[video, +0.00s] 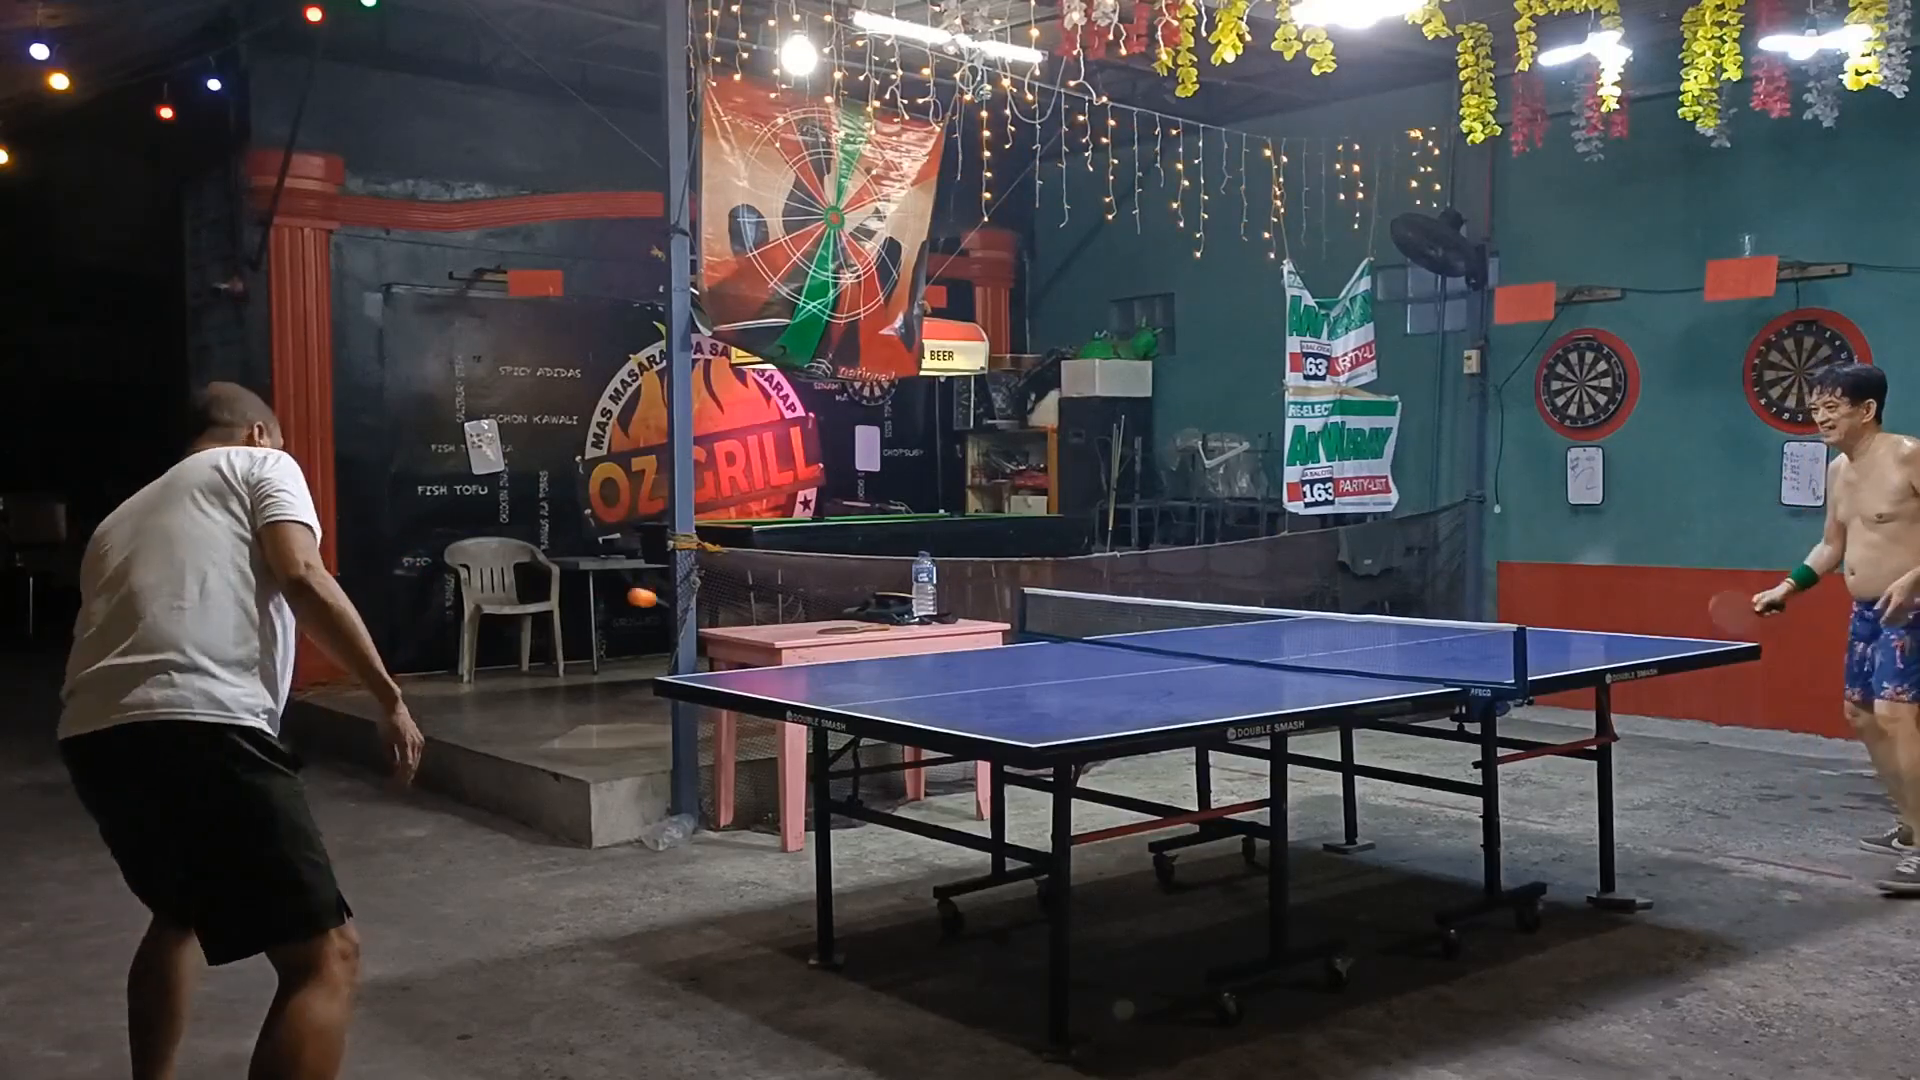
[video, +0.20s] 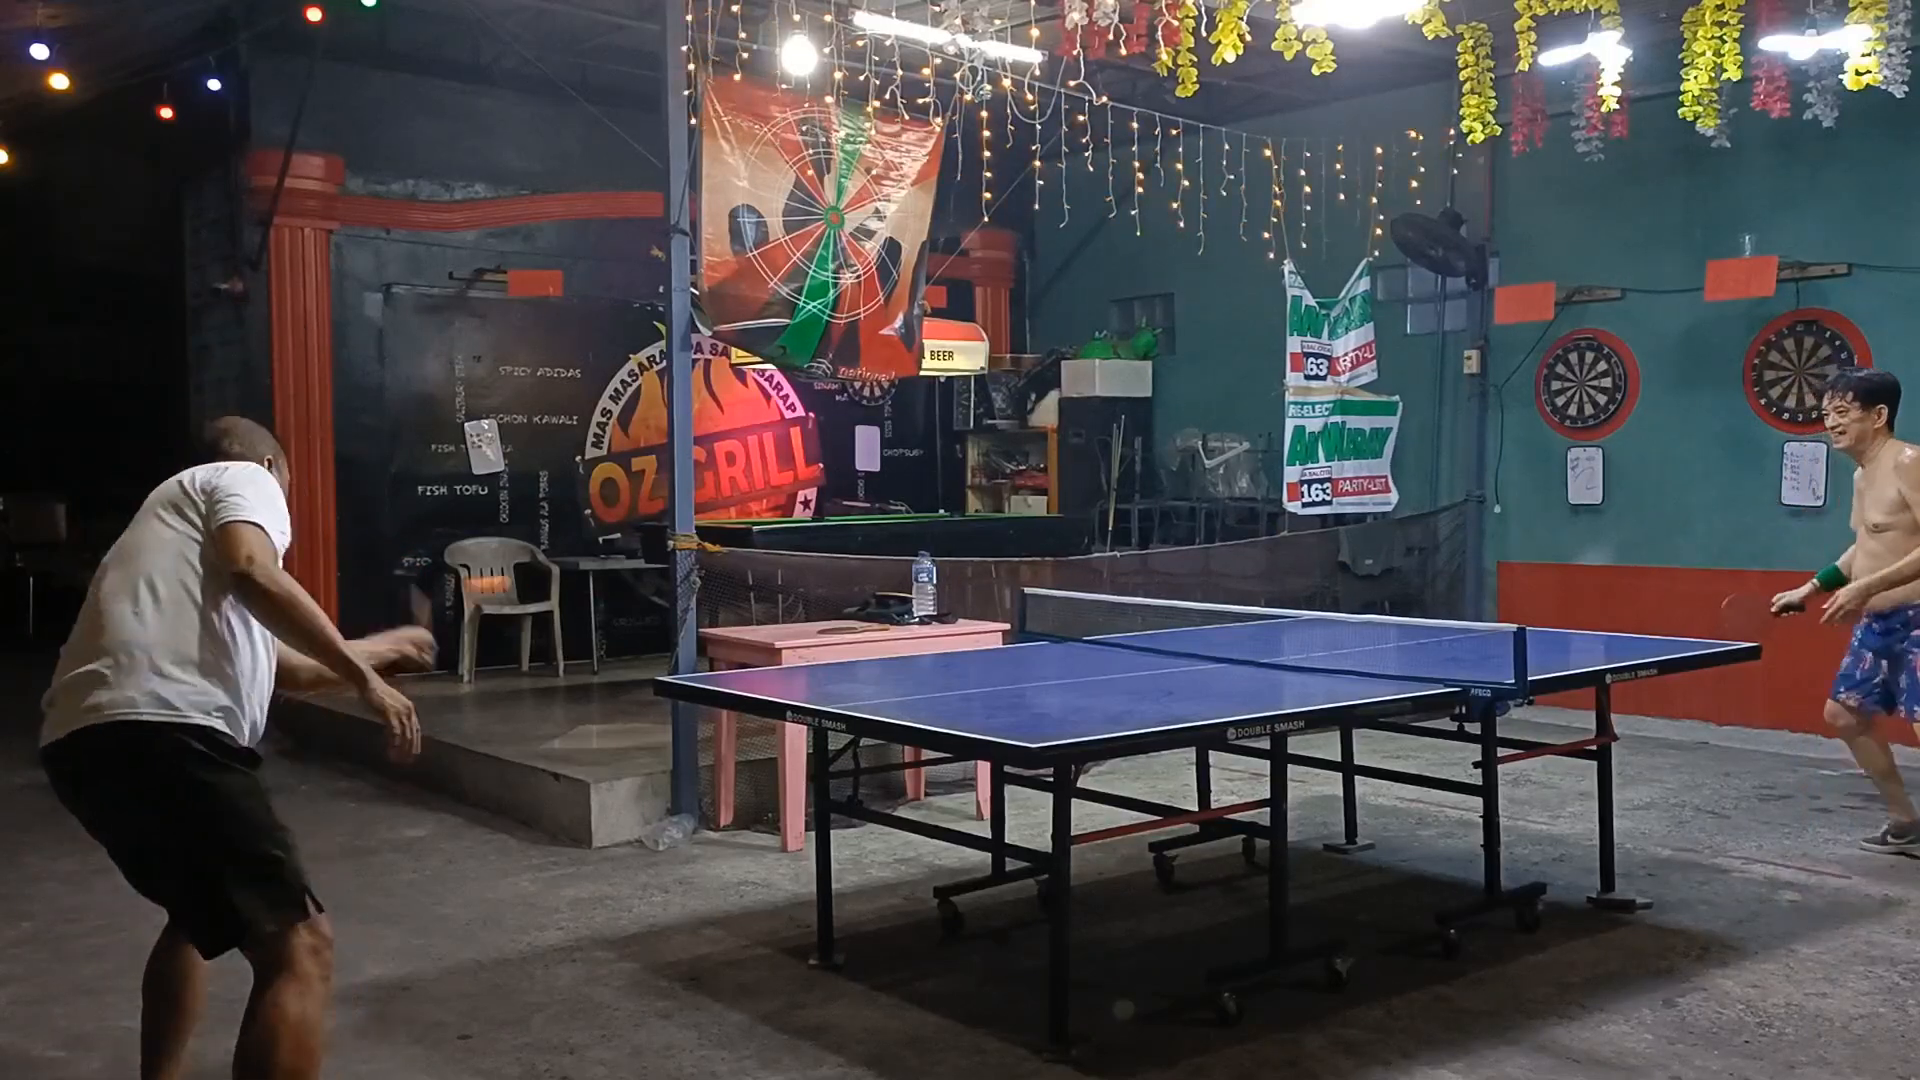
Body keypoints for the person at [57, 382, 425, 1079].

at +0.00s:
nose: (280, 454)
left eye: (279, 447)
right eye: (279, 446)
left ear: (196, 439)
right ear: (259, 435)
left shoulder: (115, 519)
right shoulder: (262, 465)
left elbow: (94, 646)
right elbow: (298, 574)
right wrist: (390, 699)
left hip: (94, 736)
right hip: (206, 725)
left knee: (175, 914)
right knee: (324, 960)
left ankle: (151, 1072)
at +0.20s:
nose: (287, 494)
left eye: (288, 483)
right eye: (286, 481)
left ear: (213, 461)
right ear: (271, 466)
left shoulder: (164, 529)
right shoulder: (244, 477)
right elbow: (246, 565)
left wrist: (373, 650)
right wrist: (367, 683)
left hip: (78, 739)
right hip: (169, 727)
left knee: (193, 916)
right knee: (298, 945)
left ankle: (160, 1070)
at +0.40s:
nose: (295, 465)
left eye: (296, 451)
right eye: (295, 448)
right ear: (271, 436)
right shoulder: (227, 455)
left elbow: (253, 673)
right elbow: (187, 541)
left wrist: (367, 734)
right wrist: (252, 663)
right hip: (126, 707)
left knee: (181, 937)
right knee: (223, 937)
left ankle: (161, 1070)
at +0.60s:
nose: (282, 439)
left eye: (283, 422)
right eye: (280, 420)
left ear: (210, 413)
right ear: (247, 413)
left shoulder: (151, 470)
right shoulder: (212, 460)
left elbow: (176, 658)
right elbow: (172, 572)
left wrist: (241, 770)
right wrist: (221, 721)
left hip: (78, 728)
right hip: (125, 732)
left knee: (173, 964)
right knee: (174, 981)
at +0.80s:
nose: (263, 376)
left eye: (266, 359)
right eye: (261, 358)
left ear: (185, 353)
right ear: (221, 352)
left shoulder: (114, 424)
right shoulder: (186, 414)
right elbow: (151, 552)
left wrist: (198, 716)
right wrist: (220, 692)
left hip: (56, 702)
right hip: (108, 707)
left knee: (133, 944)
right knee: (170, 950)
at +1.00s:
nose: (261, 390)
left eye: (259, 372)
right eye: (252, 371)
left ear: (190, 382)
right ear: (201, 380)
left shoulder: (125, 456)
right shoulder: (152, 457)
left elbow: (125, 627)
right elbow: (110, 614)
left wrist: (200, 743)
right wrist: (208, 732)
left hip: (51, 756)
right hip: (77, 760)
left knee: (107, 963)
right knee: (174, 988)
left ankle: (68, 1075)